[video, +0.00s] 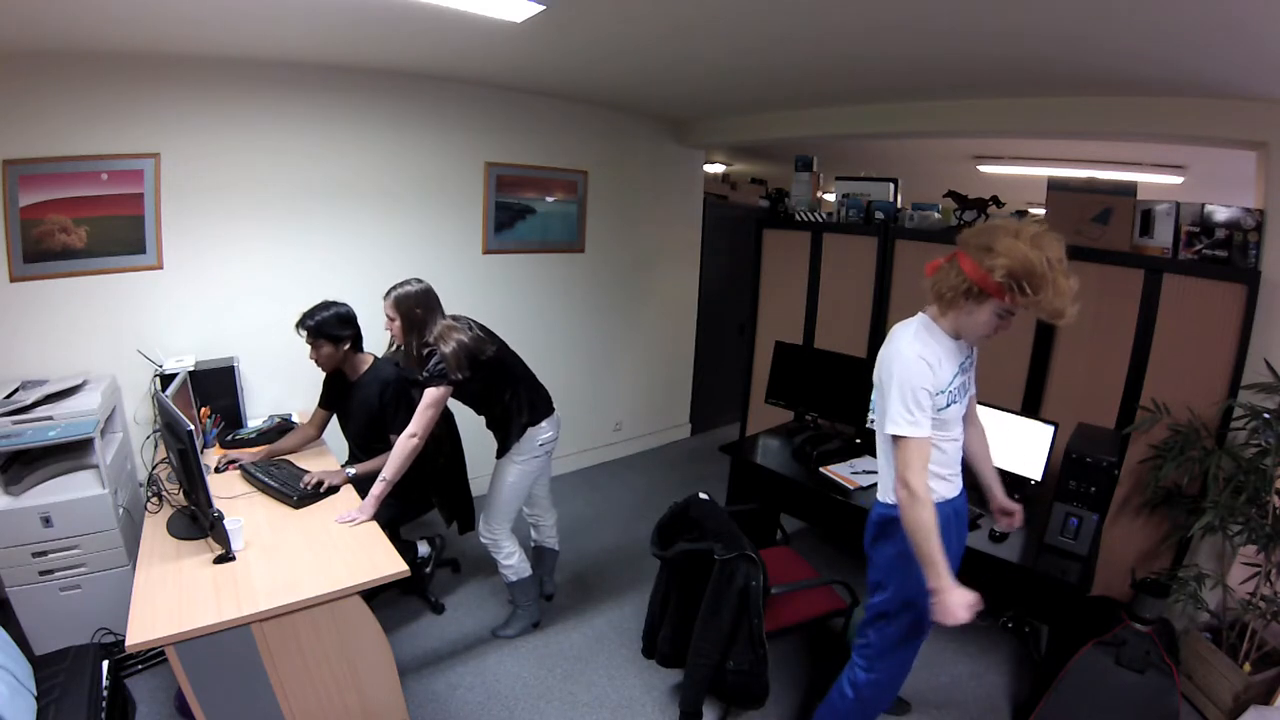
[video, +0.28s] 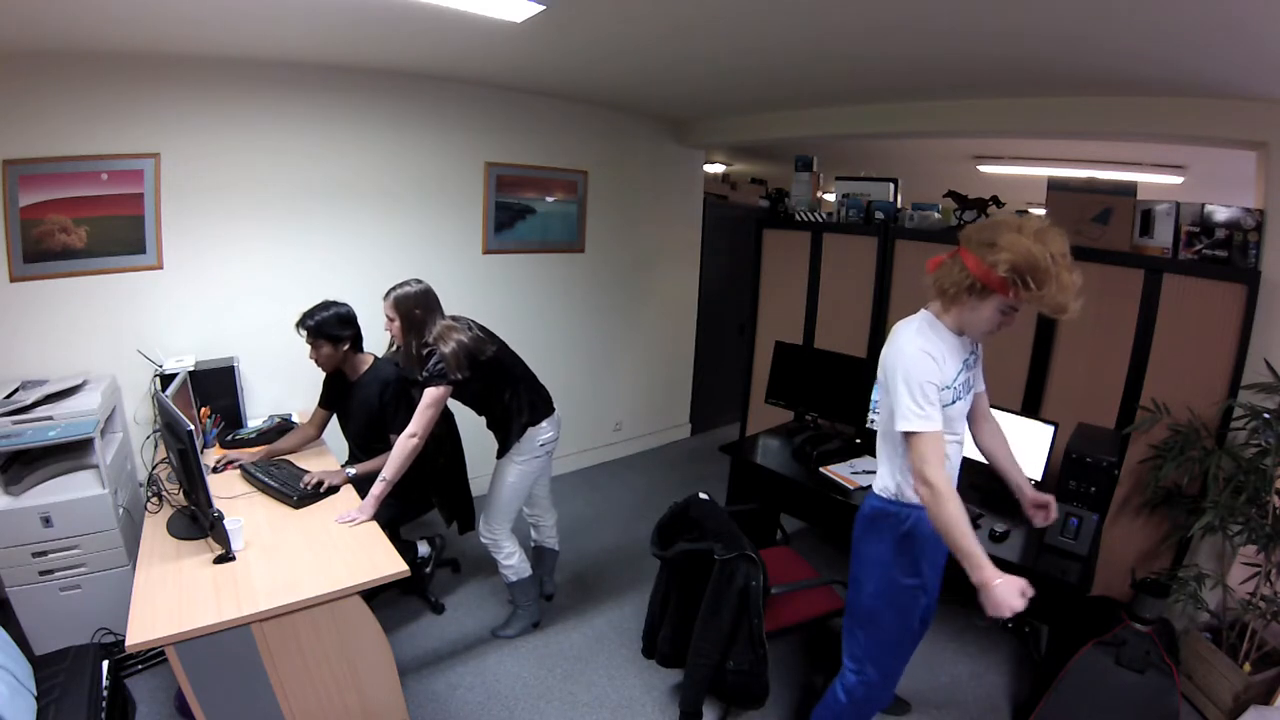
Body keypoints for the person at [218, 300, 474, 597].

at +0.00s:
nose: (312, 355)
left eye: (317, 346)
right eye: (311, 346)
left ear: (343, 344)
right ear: (336, 346)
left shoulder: (389, 381)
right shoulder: (337, 377)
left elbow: (405, 449)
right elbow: (312, 429)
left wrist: (347, 473)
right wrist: (259, 453)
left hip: (413, 477)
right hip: (371, 471)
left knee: (351, 531)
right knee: (321, 514)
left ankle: (418, 554)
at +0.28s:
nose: (311, 355)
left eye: (316, 346)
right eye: (310, 346)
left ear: (343, 344)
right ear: (339, 345)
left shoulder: (389, 381)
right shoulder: (337, 377)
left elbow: (404, 450)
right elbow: (312, 428)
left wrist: (347, 473)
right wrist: (260, 453)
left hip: (411, 478)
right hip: (369, 471)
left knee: (348, 532)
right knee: (319, 514)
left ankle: (418, 553)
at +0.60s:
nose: (311, 355)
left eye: (316, 346)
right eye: (310, 346)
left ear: (342, 344)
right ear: (338, 345)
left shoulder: (388, 381)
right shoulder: (337, 377)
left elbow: (404, 450)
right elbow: (312, 428)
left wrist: (347, 473)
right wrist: (260, 453)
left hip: (411, 478)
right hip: (369, 471)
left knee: (348, 532)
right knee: (319, 514)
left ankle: (418, 553)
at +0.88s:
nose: (313, 355)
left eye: (318, 346)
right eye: (312, 347)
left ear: (346, 342)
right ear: (342, 344)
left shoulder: (388, 379)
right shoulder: (337, 377)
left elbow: (404, 450)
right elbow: (312, 428)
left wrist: (347, 473)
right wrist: (260, 453)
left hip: (412, 476)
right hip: (369, 471)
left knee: (351, 532)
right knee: (320, 515)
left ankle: (418, 554)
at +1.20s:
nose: (318, 356)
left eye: (323, 347)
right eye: (314, 348)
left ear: (350, 341)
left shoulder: (389, 379)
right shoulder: (337, 377)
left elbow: (404, 450)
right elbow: (312, 428)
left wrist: (347, 473)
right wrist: (259, 453)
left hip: (410, 477)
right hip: (368, 471)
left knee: (351, 533)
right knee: (320, 515)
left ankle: (419, 554)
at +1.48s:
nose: (318, 356)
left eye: (324, 347)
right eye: (315, 348)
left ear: (350, 341)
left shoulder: (388, 380)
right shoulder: (337, 376)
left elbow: (405, 450)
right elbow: (312, 428)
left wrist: (346, 473)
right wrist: (259, 454)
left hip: (408, 479)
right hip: (367, 472)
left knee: (350, 535)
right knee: (319, 516)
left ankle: (418, 555)